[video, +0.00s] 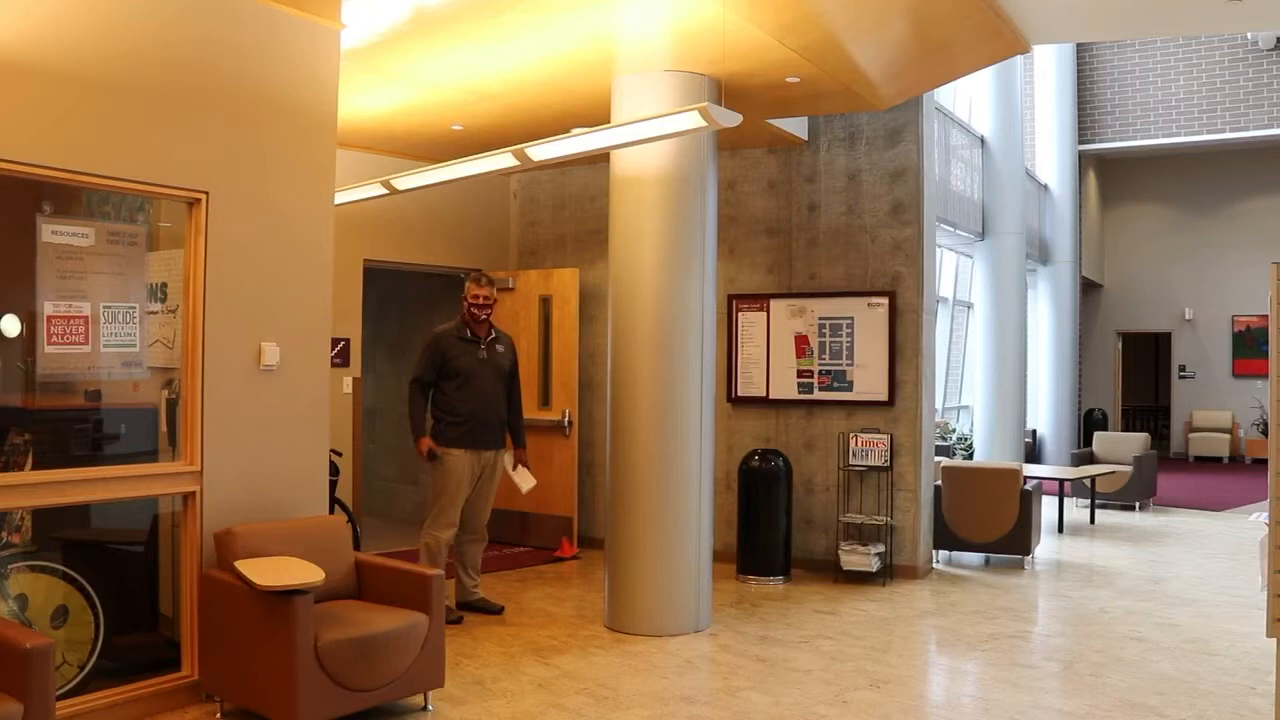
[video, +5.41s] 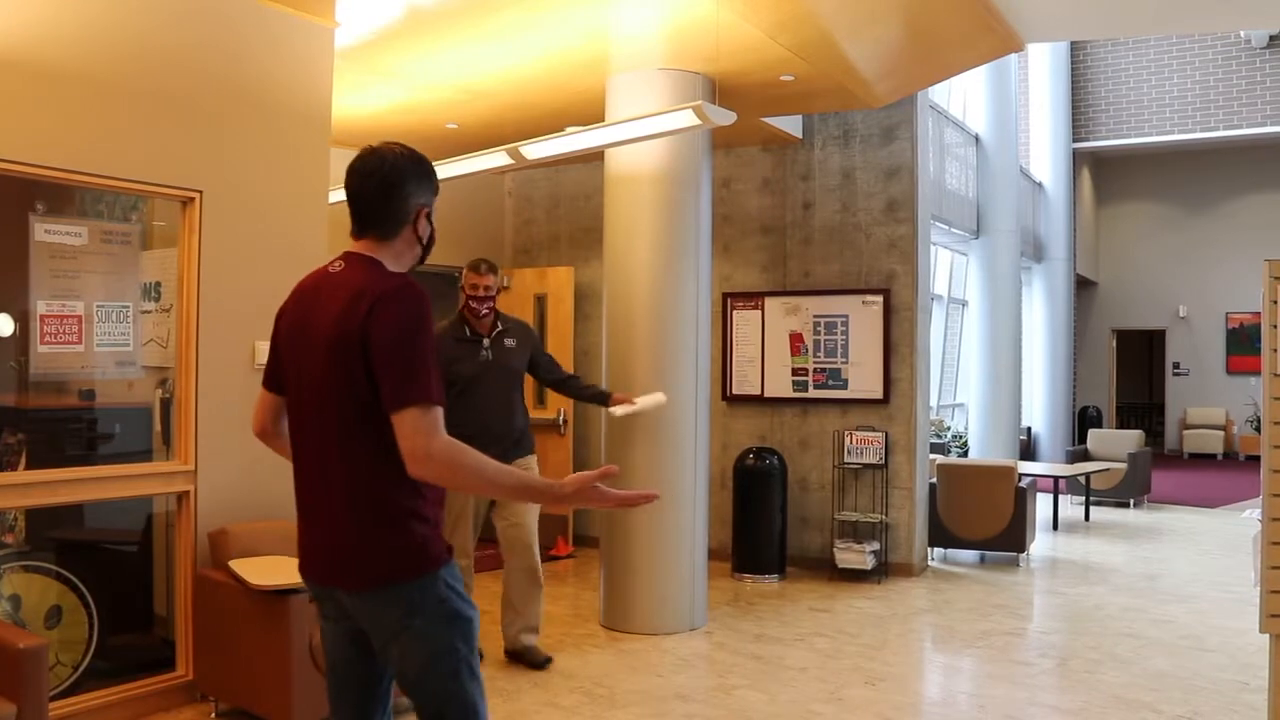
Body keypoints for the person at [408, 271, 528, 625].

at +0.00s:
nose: (480, 305)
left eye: (487, 299)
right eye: (475, 298)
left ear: (495, 303)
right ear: (464, 300)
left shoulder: (504, 343)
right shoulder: (442, 340)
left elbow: (513, 397)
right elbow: (419, 387)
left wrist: (519, 445)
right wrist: (421, 433)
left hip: (492, 449)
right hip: (452, 448)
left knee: (475, 529)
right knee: (441, 529)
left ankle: (470, 594)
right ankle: (434, 602)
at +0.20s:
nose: (484, 306)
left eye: (491, 301)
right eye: (478, 299)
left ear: (498, 304)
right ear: (467, 300)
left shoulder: (507, 343)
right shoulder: (445, 339)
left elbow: (514, 398)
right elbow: (421, 386)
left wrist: (521, 444)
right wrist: (444, 402)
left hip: (495, 448)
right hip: (456, 447)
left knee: (477, 528)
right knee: (443, 528)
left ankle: (470, 593)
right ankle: (436, 602)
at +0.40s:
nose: (490, 307)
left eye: (495, 302)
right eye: (484, 302)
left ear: (501, 304)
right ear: (470, 302)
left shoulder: (509, 341)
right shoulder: (451, 336)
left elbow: (519, 396)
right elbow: (442, 381)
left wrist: (526, 444)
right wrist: (470, 347)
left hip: (497, 447)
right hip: (458, 445)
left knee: (479, 528)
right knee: (446, 527)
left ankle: (470, 593)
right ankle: (435, 600)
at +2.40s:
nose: (507, 301)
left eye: (513, 296)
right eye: (501, 295)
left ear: (524, 297)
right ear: (490, 292)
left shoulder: (537, 335)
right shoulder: (473, 331)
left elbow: (552, 393)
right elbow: (476, 377)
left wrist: (563, 444)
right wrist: (501, 334)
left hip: (535, 449)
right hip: (490, 450)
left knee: (525, 539)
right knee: (489, 539)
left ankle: (519, 609)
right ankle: (488, 616)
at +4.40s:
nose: (543, 307)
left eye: (552, 302)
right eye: (539, 299)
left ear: (562, 303)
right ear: (529, 295)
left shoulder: (566, 348)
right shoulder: (501, 332)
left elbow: (569, 406)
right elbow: (467, 379)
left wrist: (573, 457)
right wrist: (505, 399)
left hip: (540, 455)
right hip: (498, 451)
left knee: (523, 538)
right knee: (491, 538)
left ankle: (515, 611)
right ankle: (482, 619)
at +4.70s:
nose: (530, 304)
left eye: (538, 299)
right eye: (525, 297)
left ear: (549, 302)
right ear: (515, 296)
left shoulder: (558, 347)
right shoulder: (487, 338)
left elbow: (565, 405)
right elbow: (459, 391)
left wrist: (572, 456)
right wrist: (455, 445)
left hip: (534, 457)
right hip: (487, 455)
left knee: (520, 538)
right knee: (477, 541)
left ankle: (514, 610)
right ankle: (467, 626)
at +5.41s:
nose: (481, 298)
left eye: (488, 291)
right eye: (473, 290)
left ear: (499, 292)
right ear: (461, 291)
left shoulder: (519, 335)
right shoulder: (441, 341)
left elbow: (557, 377)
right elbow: (427, 403)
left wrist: (607, 397)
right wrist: (434, 457)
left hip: (516, 460)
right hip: (462, 462)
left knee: (524, 549)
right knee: (458, 552)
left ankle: (521, 640)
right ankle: (456, 645)